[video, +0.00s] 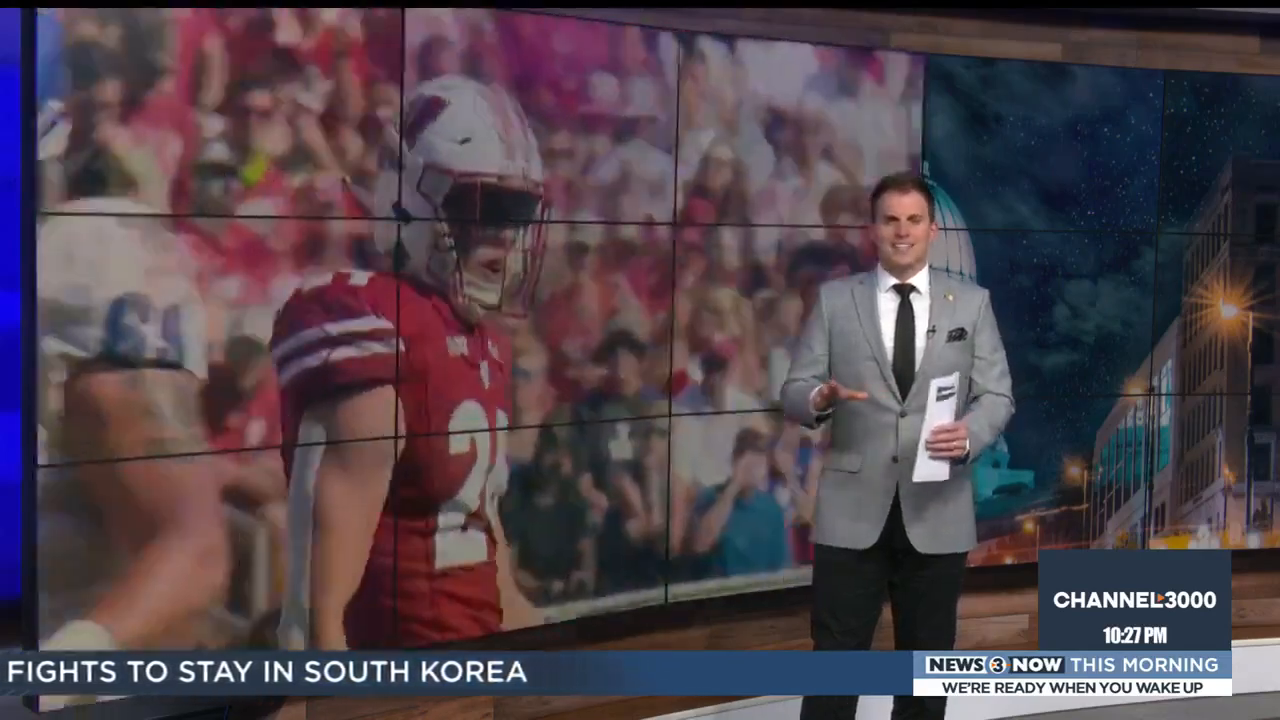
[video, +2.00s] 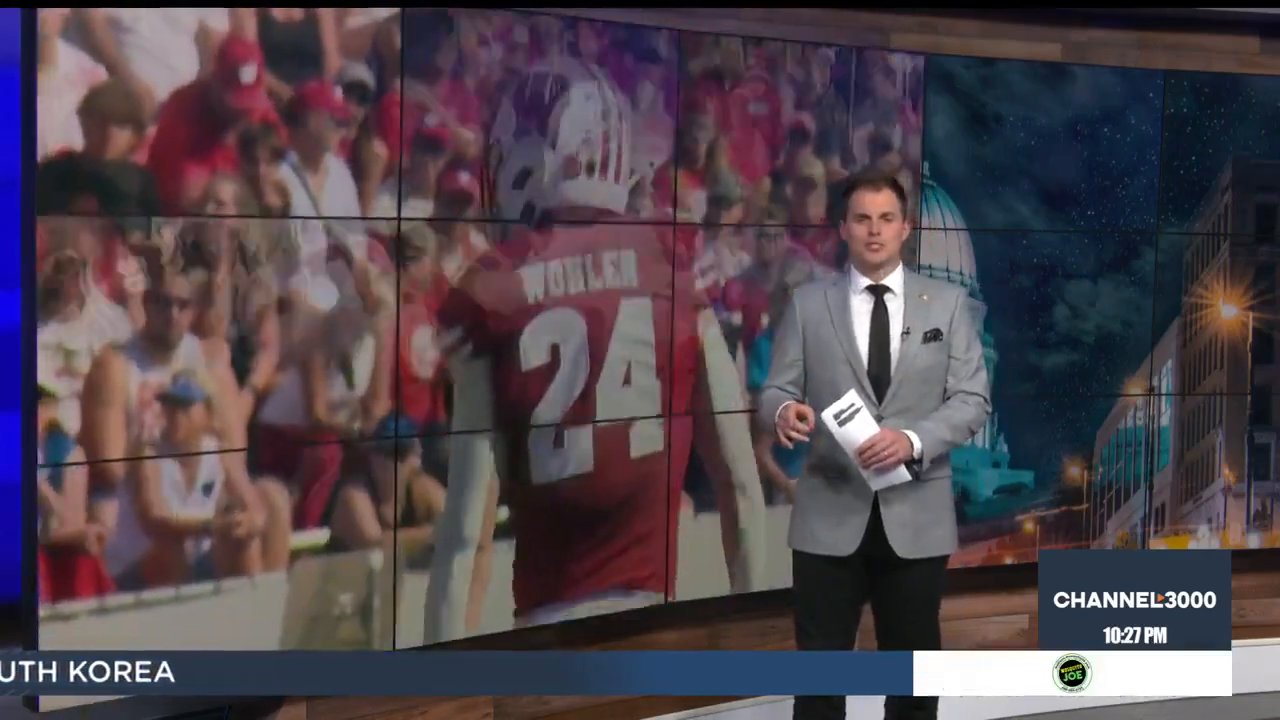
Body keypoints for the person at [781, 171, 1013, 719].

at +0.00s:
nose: (902, 231)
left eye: (914, 220)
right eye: (890, 220)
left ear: (932, 228)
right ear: (874, 229)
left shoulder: (970, 301)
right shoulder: (835, 300)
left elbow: (996, 396)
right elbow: (792, 392)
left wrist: (970, 432)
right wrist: (818, 398)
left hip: (937, 509)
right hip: (851, 508)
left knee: (928, 667)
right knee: (833, 665)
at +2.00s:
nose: (874, 231)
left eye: (887, 219)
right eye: (862, 219)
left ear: (906, 227)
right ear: (843, 228)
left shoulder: (948, 304)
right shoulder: (807, 303)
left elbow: (971, 403)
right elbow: (777, 391)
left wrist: (913, 439)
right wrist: (782, 412)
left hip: (914, 515)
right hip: (828, 515)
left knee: (914, 673)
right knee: (819, 673)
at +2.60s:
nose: (879, 234)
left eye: (891, 222)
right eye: (866, 223)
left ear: (912, 228)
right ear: (850, 230)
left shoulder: (955, 302)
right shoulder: (814, 302)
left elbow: (975, 401)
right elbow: (783, 389)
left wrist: (925, 441)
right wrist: (792, 413)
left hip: (921, 515)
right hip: (835, 514)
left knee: (918, 673)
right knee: (824, 673)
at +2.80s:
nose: (881, 235)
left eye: (894, 222)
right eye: (869, 223)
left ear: (915, 227)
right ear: (853, 229)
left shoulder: (957, 302)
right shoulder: (817, 302)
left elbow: (979, 399)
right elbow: (787, 391)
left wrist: (930, 442)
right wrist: (797, 414)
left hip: (925, 515)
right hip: (838, 515)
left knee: (921, 672)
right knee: (826, 672)